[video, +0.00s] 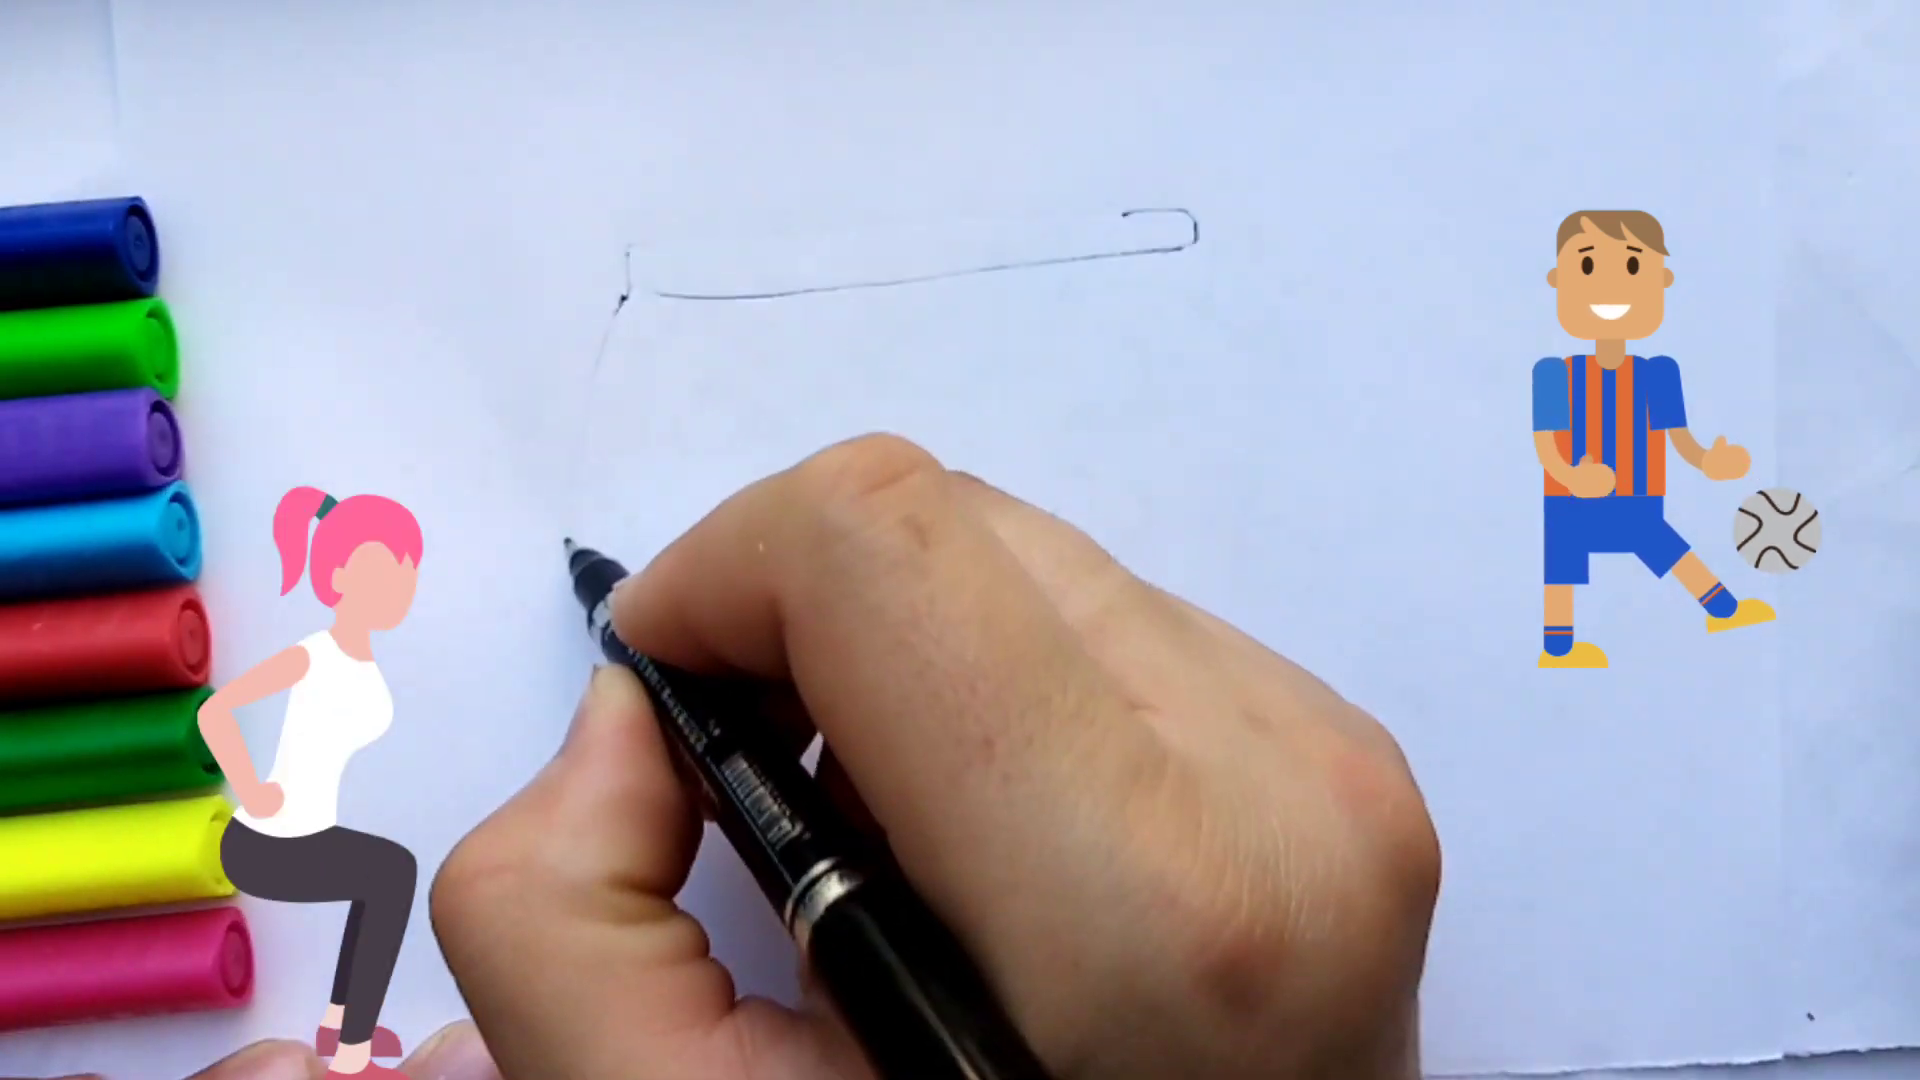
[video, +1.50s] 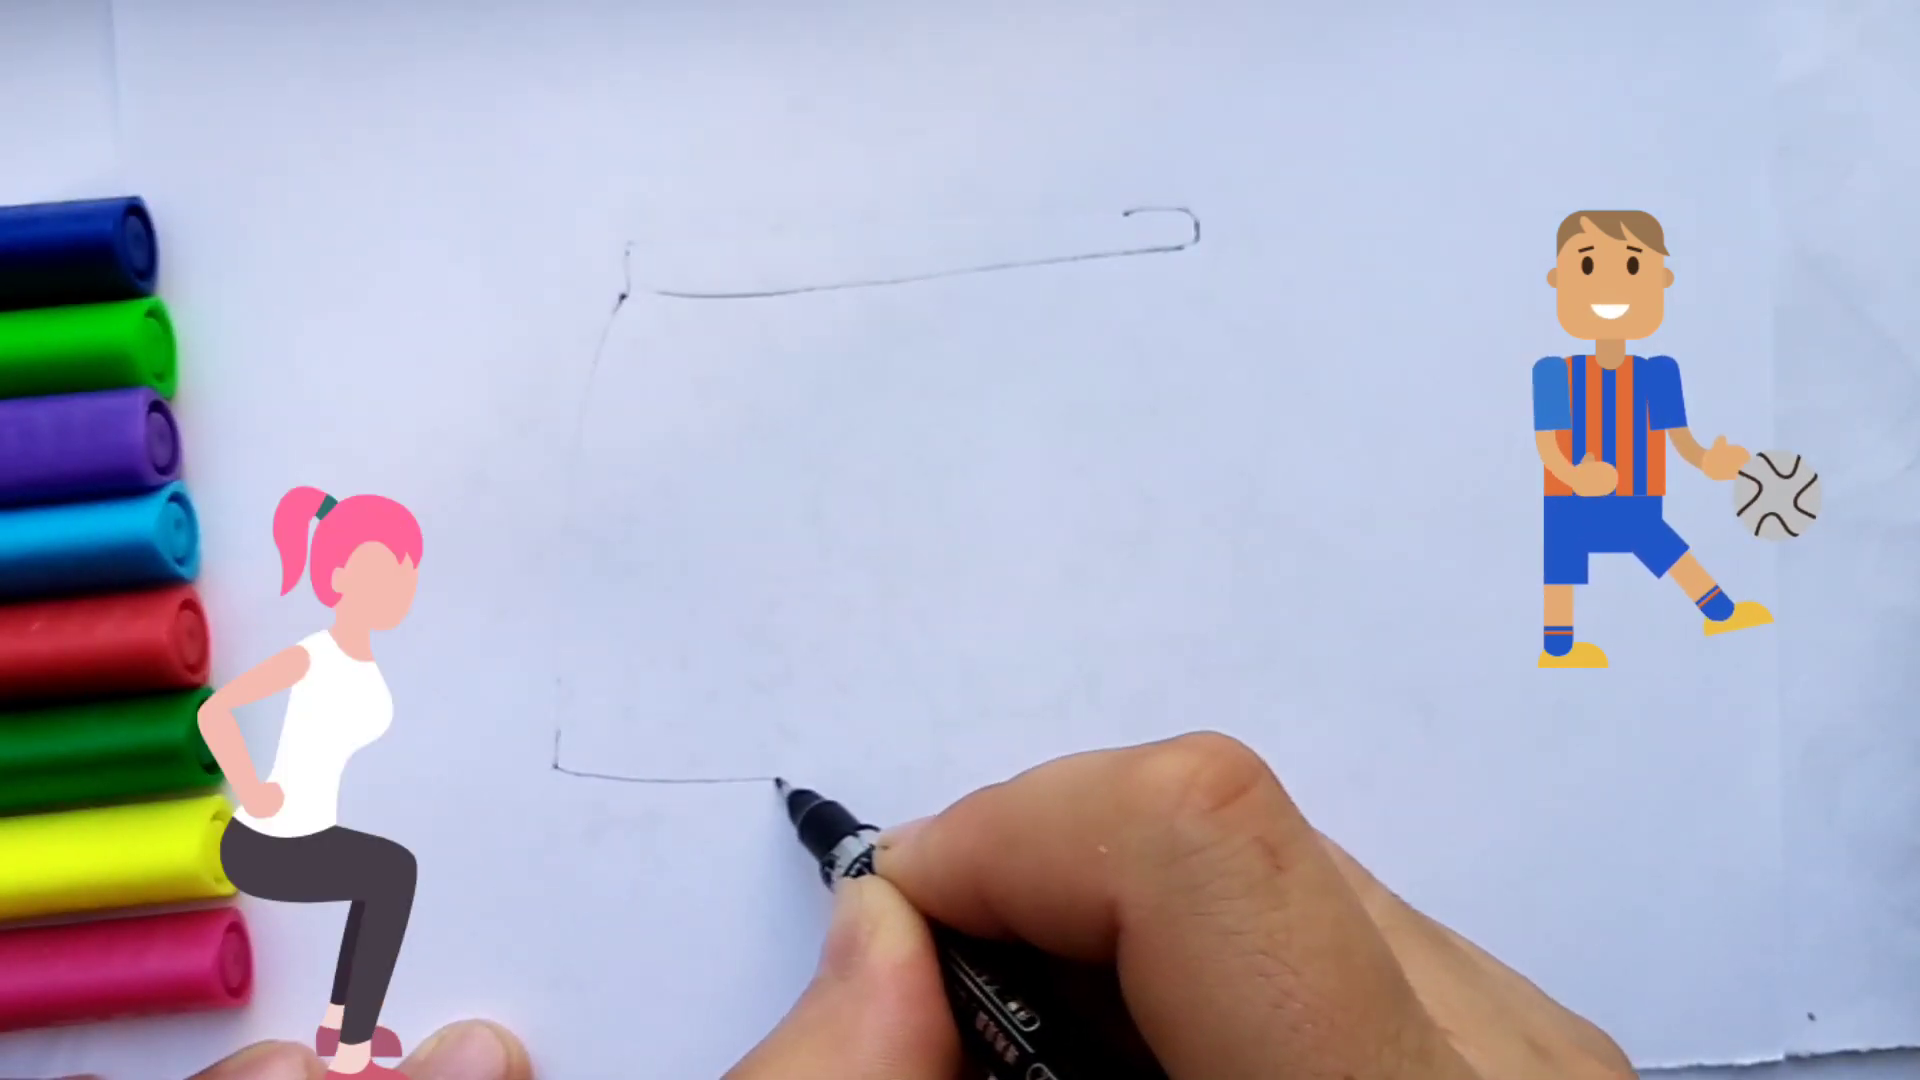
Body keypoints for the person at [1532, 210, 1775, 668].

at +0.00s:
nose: (1610, 287)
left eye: (1631, 267)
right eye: (1589, 267)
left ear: (1660, 283)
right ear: (1561, 284)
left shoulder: (1657, 373)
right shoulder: (1556, 374)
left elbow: (1682, 437)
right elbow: (1547, 443)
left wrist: (1709, 461)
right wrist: (1571, 478)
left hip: (1632, 505)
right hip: (1569, 507)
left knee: (1671, 551)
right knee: (1560, 571)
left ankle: (1722, 608)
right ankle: (1557, 646)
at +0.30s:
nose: (1610, 287)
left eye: (1632, 267)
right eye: (1589, 266)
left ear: (1661, 284)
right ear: (1559, 284)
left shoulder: (1657, 374)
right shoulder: (1556, 373)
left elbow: (1683, 437)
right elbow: (1548, 440)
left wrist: (1708, 460)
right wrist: (1575, 474)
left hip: (1631, 506)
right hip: (1569, 507)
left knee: (1665, 550)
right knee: (1561, 568)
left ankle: (1716, 612)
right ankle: (1557, 645)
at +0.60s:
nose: (1610, 287)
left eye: (1631, 267)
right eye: (1589, 267)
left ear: (1661, 284)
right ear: (1559, 284)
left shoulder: (1657, 373)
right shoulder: (1555, 373)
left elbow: (1683, 438)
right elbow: (1548, 442)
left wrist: (1711, 462)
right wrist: (1573, 476)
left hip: (1632, 507)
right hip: (1568, 508)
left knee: (1669, 552)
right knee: (1561, 572)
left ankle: (1719, 610)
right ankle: (1557, 646)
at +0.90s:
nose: (1610, 287)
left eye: (1631, 267)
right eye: (1589, 267)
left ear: (1661, 283)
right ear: (1559, 284)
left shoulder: (1657, 373)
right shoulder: (1556, 374)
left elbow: (1681, 436)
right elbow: (1547, 441)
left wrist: (1709, 462)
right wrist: (1573, 476)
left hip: (1632, 506)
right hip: (1568, 507)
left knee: (1669, 552)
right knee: (1561, 571)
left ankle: (1719, 610)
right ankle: (1557, 646)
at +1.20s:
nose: (1611, 287)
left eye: (1632, 267)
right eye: (1589, 267)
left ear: (1661, 283)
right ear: (1559, 284)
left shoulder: (1657, 374)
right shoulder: (1557, 373)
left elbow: (1681, 435)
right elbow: (1547, 440)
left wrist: (1709, 462)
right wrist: (1572, 476)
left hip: (1632, 505)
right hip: (1569, 507)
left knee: (1668, 551)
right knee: (1561, 570)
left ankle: (1719, 610)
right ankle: (1557, 645)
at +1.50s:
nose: (1610, 287)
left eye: (1631, 267)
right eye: (1589, 266)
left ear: (1662, 283)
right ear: (1559, 283)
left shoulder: (1657, 374)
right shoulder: (1556, 373)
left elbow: (1682, 437)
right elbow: (1547, 441)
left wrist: (1710, 462)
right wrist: (1573, 476)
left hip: (1632, 505)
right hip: (1569, 507)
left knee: (1667, 551)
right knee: (1560, 569)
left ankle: (1719, 610)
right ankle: (1557, 646)